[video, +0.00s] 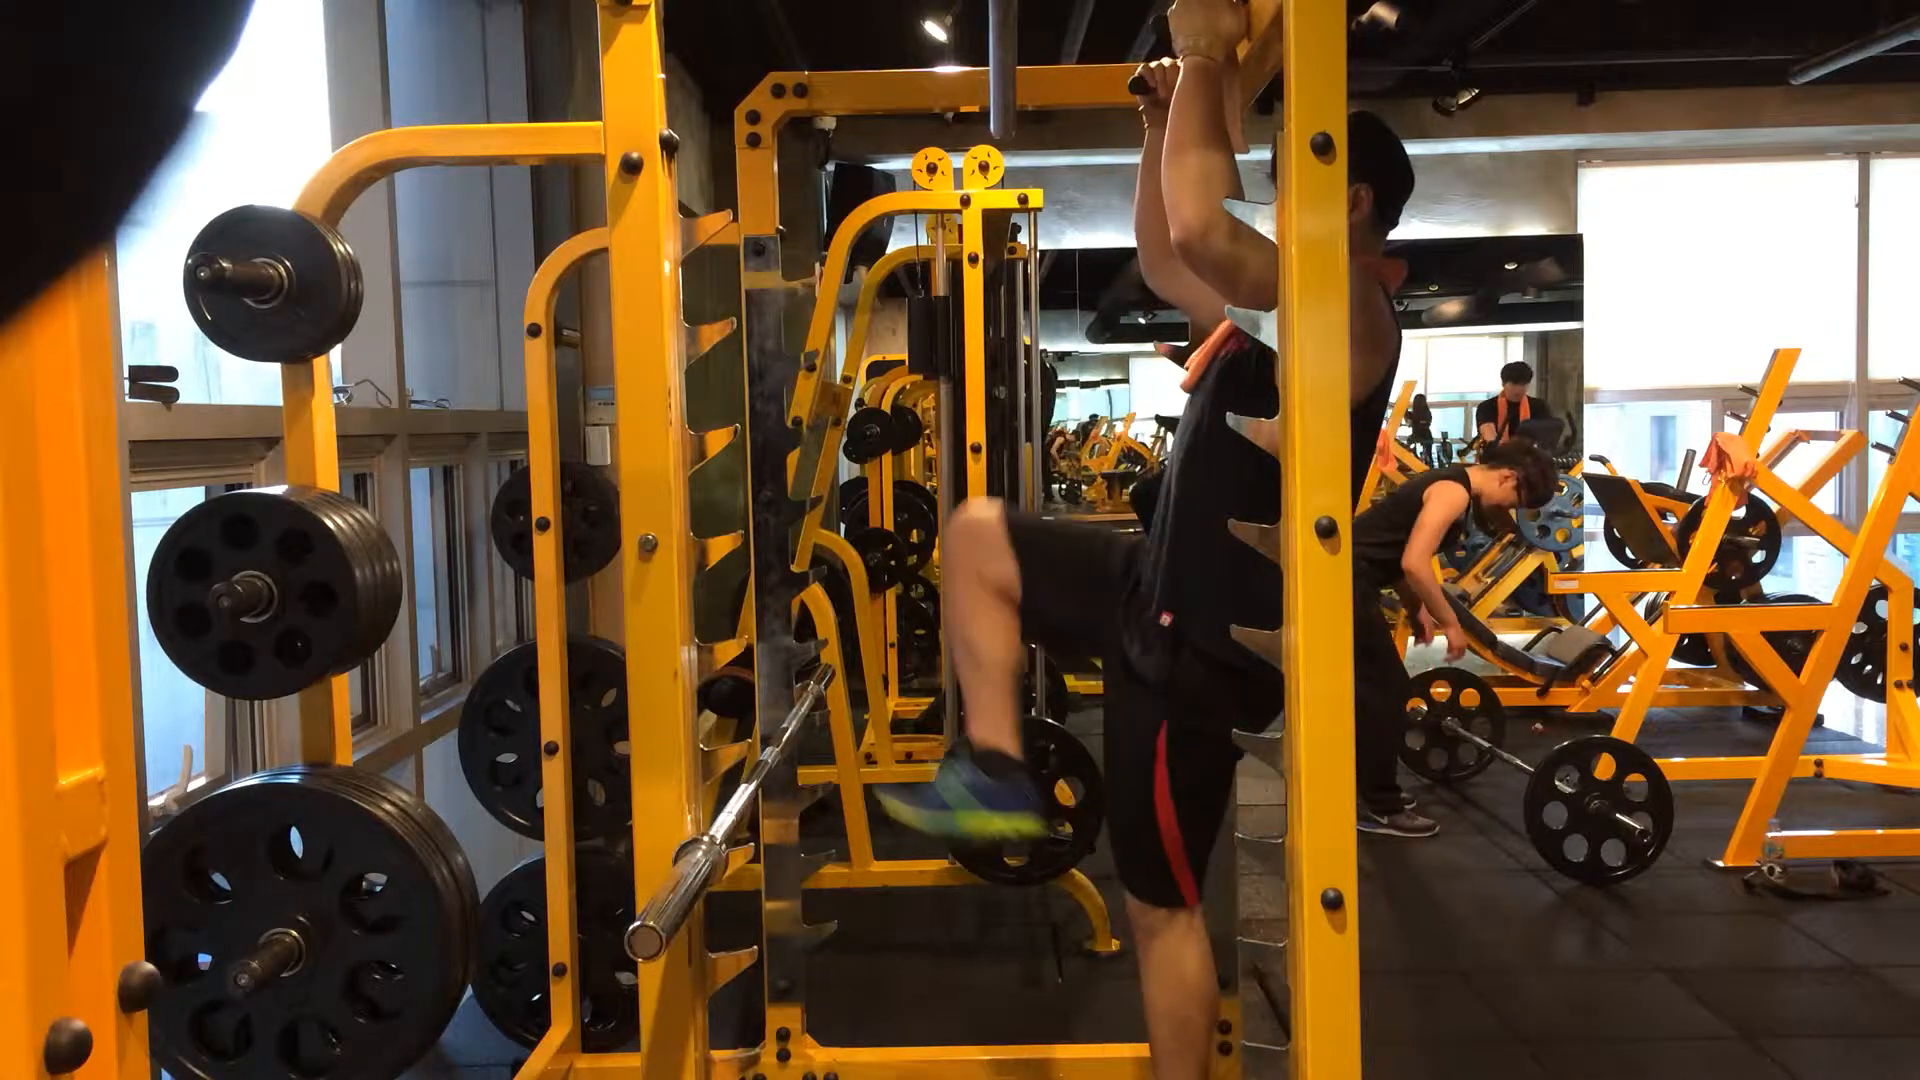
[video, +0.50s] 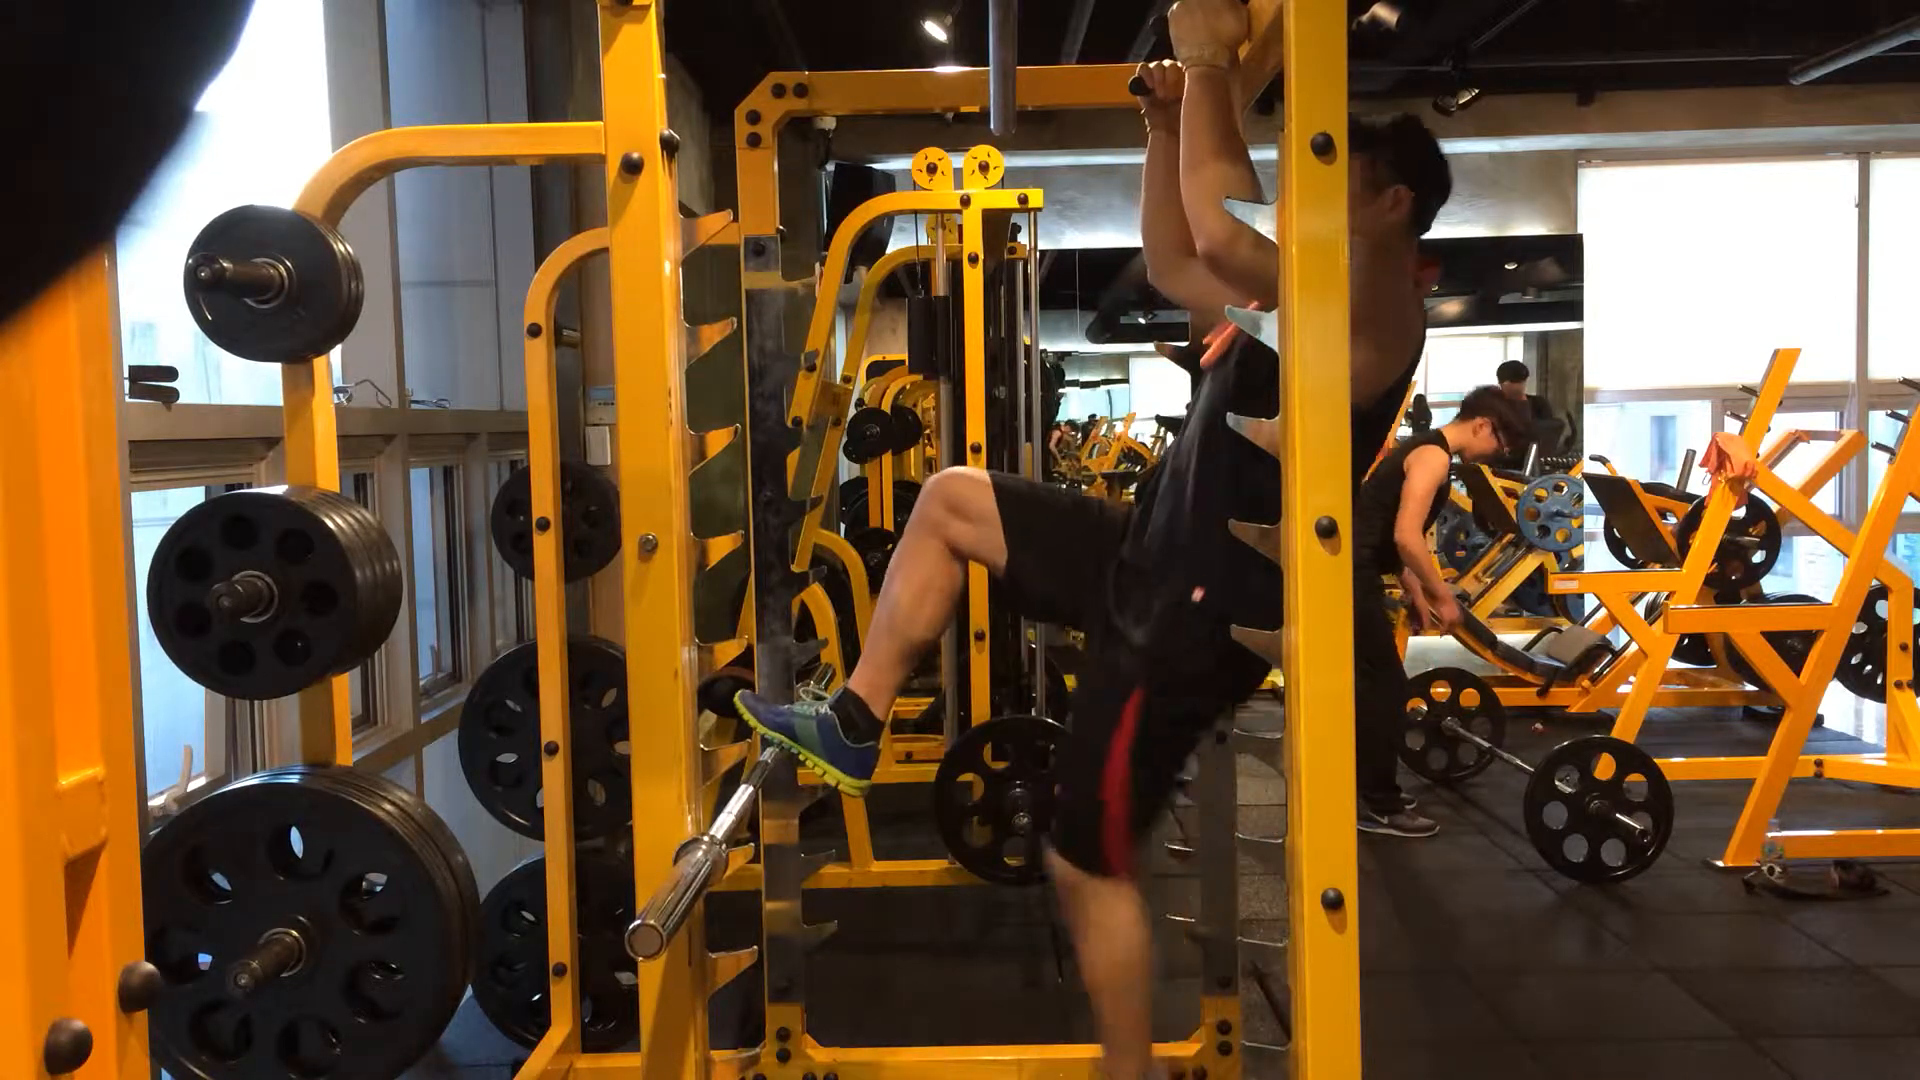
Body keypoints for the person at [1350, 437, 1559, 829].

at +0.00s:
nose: (1505, 508)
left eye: (1514, 506)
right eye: (1514, 502)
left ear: (1503, 473)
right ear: (1507, 477)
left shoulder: (1449, 482)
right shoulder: (1453, 491)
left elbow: (1402, 559)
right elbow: (1414, 562)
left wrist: (1417, 608)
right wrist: (1450, 624)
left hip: (1351, 580)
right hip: (1349, 583)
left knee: (1384, 684)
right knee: (1389, 687)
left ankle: (1377, 791)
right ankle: (1378, 803)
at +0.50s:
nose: (1491, 457)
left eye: (1499, 452)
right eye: (1497, 447)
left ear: (1479, 425)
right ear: (1483, 425)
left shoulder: (1427, 451)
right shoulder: (1433, 457)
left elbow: (1397, 536)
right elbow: (1407, 534)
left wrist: (1414, 594)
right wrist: (1442, 593)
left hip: (1355, 577)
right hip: (1352, 579)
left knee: (1379, 683)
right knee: (1386, 685)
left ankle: (1374, 791)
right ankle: (1378, 800)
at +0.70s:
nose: (1476, 418)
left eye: (1481, 409)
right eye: (1478, 407)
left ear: (1452, 393)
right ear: (1458, 393)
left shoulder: (1410, 428)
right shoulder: (1417, 435)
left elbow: (1392, 522)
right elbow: (1401, 522)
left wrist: (1416, 582)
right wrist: (1430, 585)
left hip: (1360, 572)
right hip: (1360, 576)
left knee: (1376, 682)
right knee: (1386, 684)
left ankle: (1372, 792)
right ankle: (1378, 801)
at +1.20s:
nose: (1431, 381)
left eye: (1432, 373)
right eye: (1427, 371)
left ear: (1398, 378)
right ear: (1402, 374)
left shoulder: (1366, 422)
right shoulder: (1392, 426)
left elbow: (1387, 513)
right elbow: (1403, 513)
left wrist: (1415, 568)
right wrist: (1440, 575)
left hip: (1357, 571)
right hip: (1378, 575)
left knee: (1373, 682)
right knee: (1392, 683)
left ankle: (1370, 793)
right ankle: (1377, 800)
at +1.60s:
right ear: (1393, 396)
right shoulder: (1389, 432)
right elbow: (1405, 516)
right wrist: (1440, 578)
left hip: (1329, 574)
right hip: (1373, 579)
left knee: (1335, 685)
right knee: (1393, 684)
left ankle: (1317, 790)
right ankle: (1379, 801)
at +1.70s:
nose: (1396, 399)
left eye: (1396, 392)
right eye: (1393, 391)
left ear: (1349, 381)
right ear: (1378, 385)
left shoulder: (1318, 423)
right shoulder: (1379, 426)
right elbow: (1401, 518)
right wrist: (1433, 576)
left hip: (1320, 574)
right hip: (1369, 577)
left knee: (1320, 688)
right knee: (1390, 689)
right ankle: (1379, 802)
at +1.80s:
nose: (1382, 387)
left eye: (1380, 377)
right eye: (1377, 378)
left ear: (1341, 383)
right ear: (1363, 383)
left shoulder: (1311, 424)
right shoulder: (1372, 431)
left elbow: (1259, 435)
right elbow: (1392, 519)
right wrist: (1424, 576)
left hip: (1318, 577)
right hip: (1364, 580)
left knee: (1315, 687)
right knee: (1387, 690)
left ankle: (1279, 792)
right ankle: (1380, 803)